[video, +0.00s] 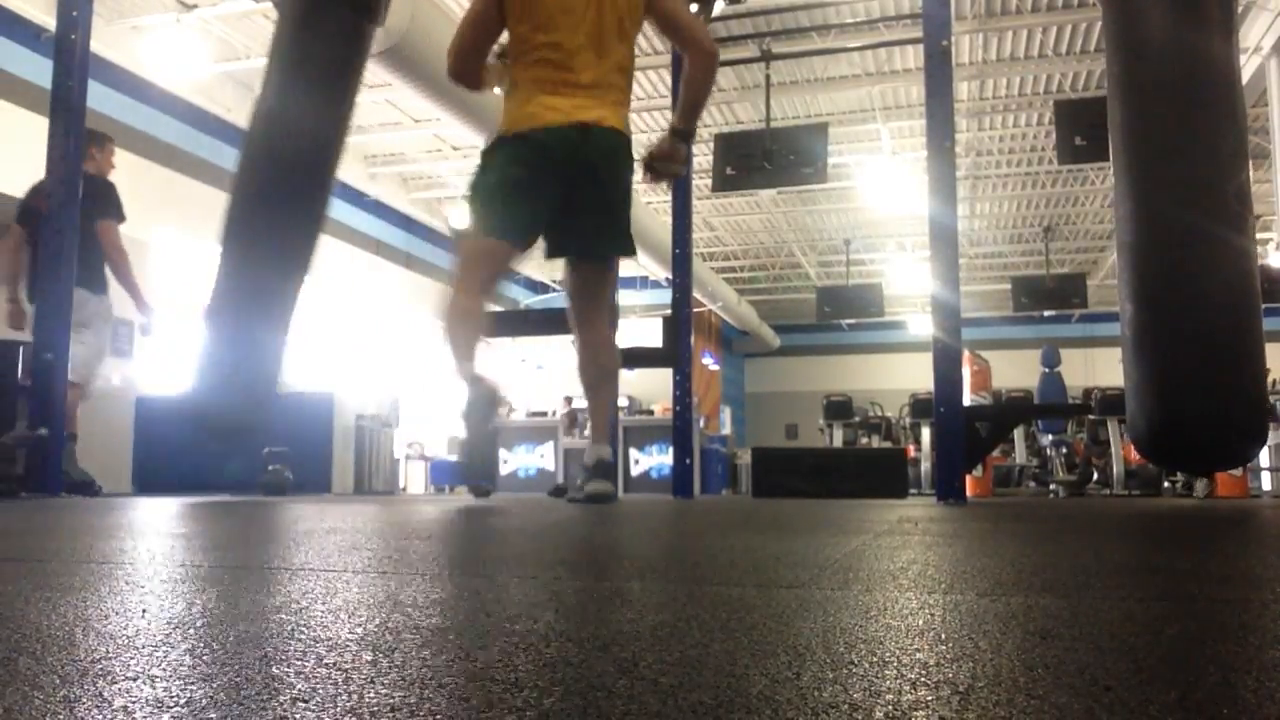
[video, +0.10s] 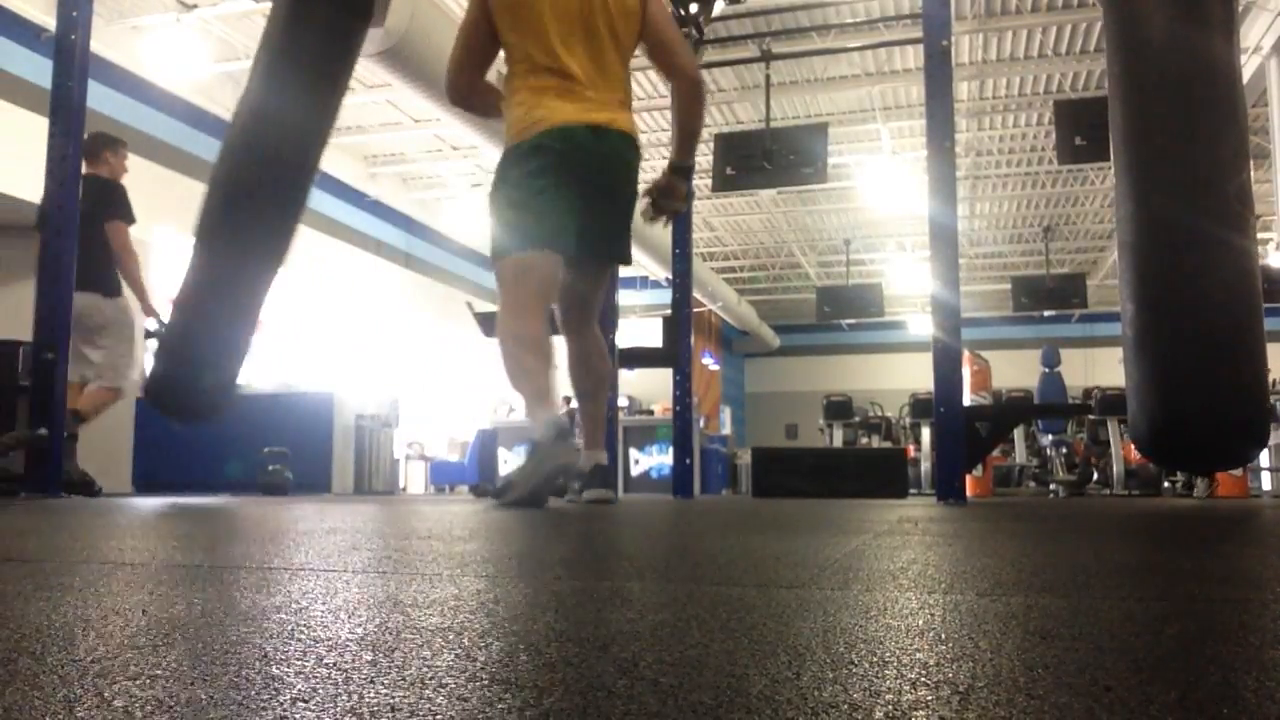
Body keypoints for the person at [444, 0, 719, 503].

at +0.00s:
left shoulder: (509, 0)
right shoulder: (638, 1)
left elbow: (463, 68)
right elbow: (704, 50)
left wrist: (502, 70)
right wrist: (680, 136)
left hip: (527, 143)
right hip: (604, 146)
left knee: (468, 291)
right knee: (595, 318)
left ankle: (470, 385)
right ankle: (602, 463)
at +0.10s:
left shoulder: (499, 3)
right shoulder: (636, 2)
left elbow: (462, 85)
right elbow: (689, 77)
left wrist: (528, 103)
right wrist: (680, 169)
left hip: (538, 142)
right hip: (614, 143)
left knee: (522, 312)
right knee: (584, 320)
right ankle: (596, 466)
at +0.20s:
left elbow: (465, 63)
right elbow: (684, 36)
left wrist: (527, 107)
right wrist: (673, 145)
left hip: (543, 114)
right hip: (627, 113)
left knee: (520, 296)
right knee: (611, 301)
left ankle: (542, 439)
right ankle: (604, 461)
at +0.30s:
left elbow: (467, 25)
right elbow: (700, 4)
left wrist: (530, 76)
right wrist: (683, 91)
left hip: (555, 75)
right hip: (641, 75)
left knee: (542, 260)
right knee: (632, 269)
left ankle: (552, 430)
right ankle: (647, 435)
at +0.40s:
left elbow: (475, 35)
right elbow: (729, 2)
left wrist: (541, 81)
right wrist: (706, 73)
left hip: (557, 82)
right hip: (645, 75)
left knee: (557, 271)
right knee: (651, 272)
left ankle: (589, 416)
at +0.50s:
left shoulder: (511, 2)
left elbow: (492, 68)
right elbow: (744, 4)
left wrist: (553, 120)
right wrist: (705, 94)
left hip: (567, 101)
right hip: (653, 94)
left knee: (557, 294)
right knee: (689, 299)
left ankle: (601, 438)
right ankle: (754, 419)